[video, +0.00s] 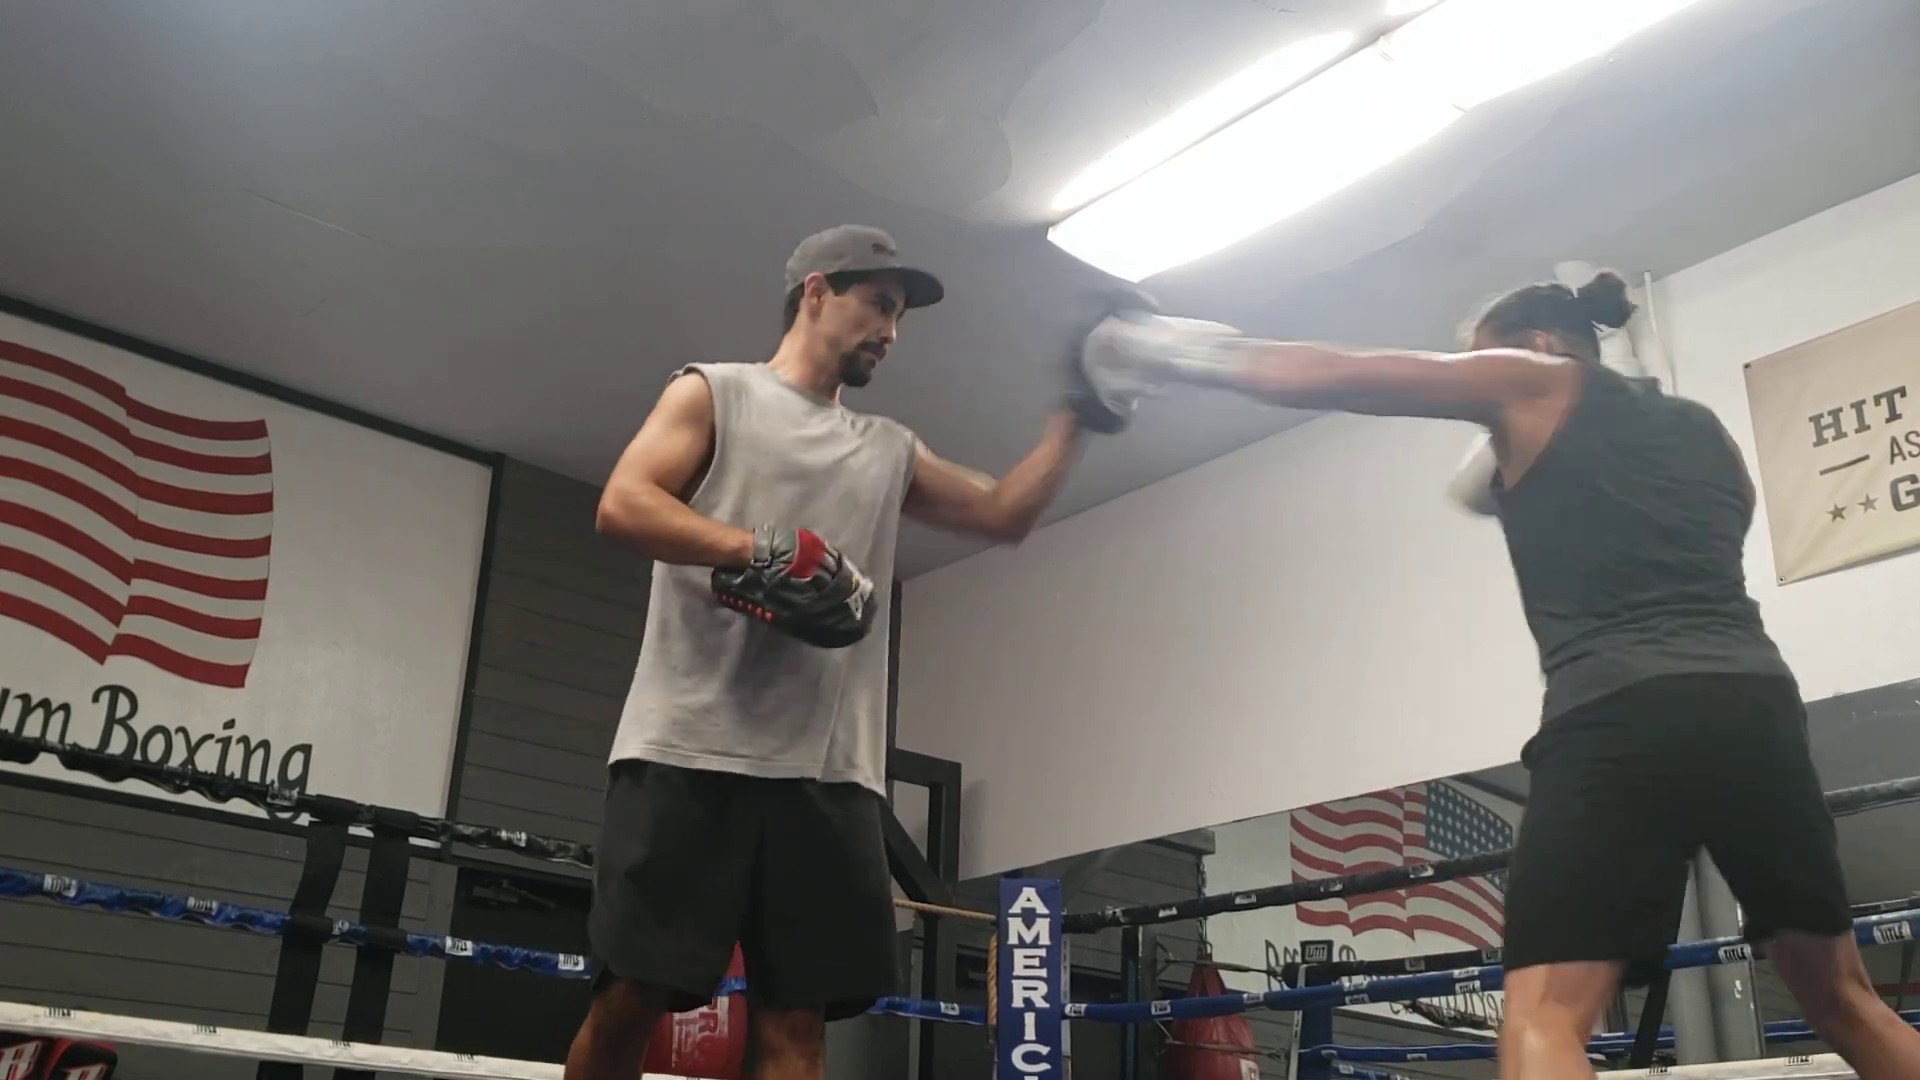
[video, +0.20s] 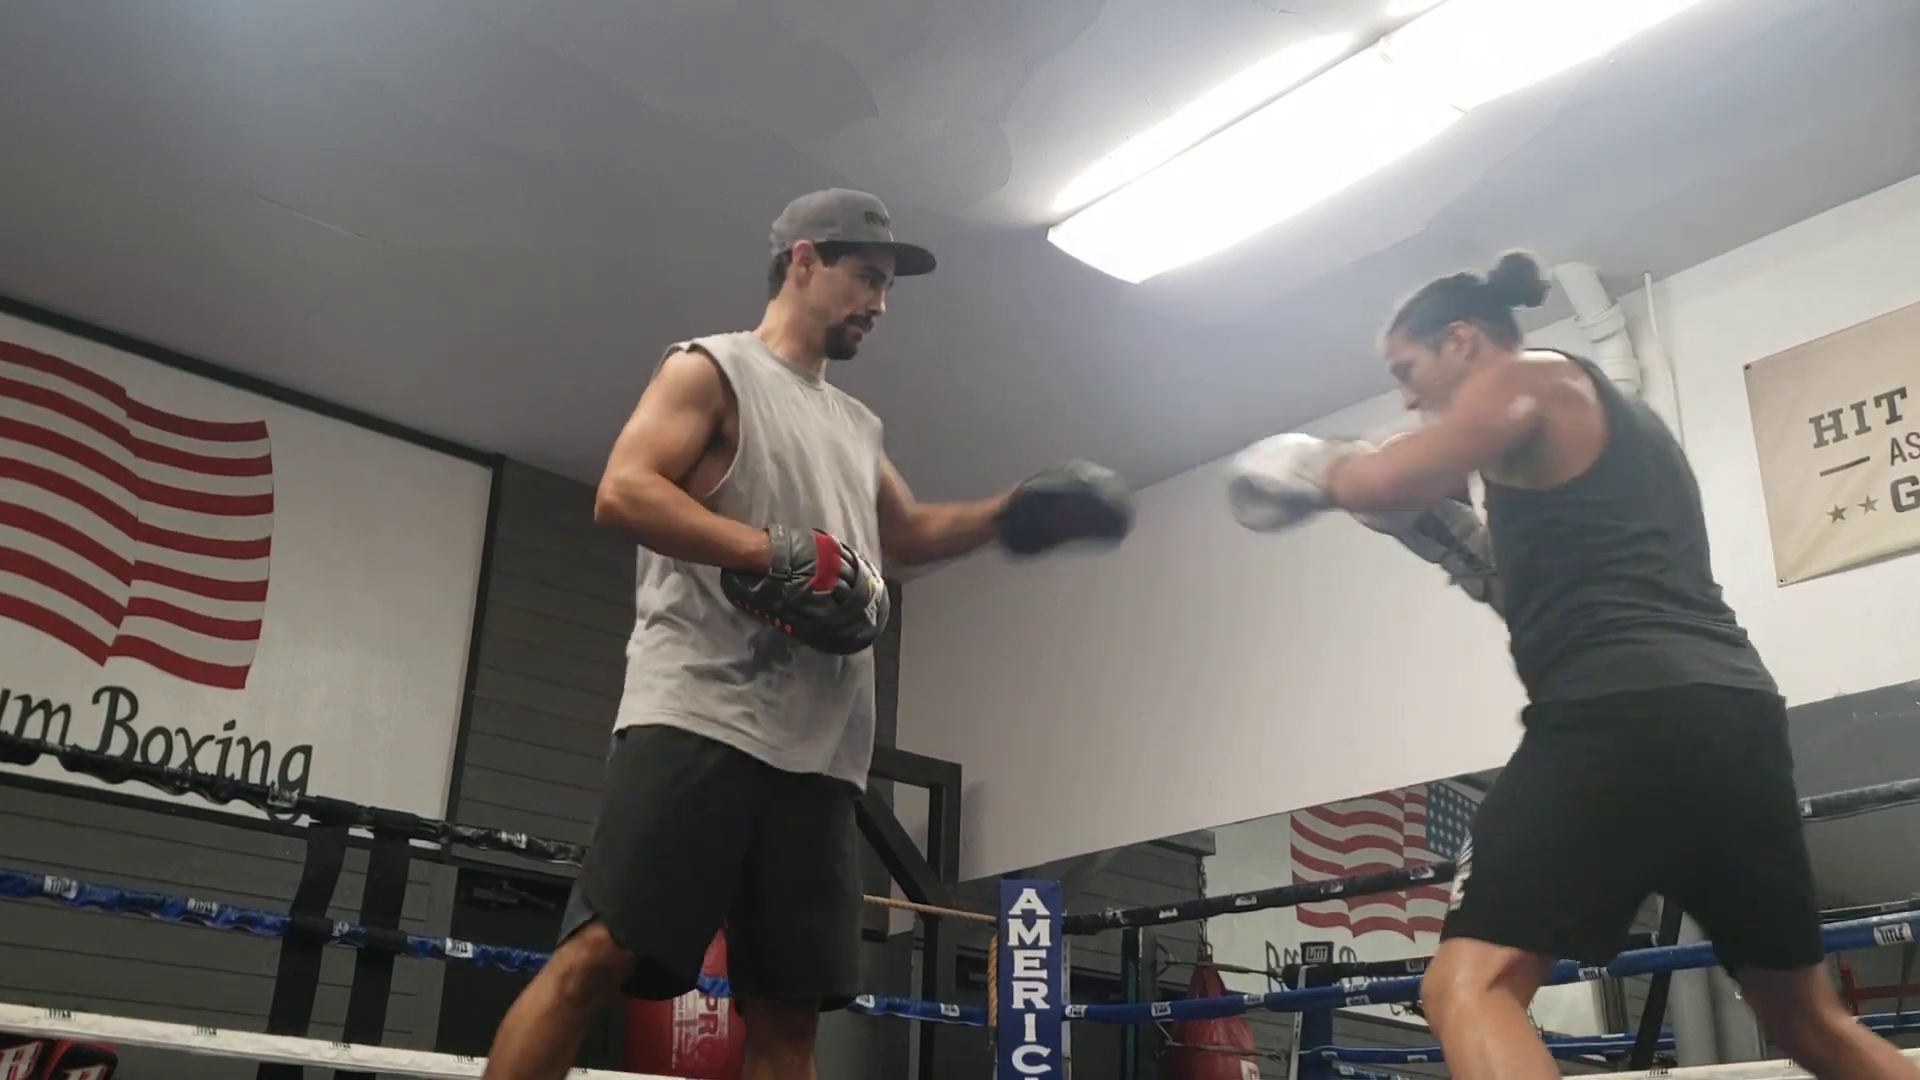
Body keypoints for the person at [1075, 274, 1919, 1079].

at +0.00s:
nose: (1477, 372)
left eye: (1485, 356)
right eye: (1478, 357)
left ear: (1534, 344)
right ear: (1590, 344)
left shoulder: (1533, 377)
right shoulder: (1706, 432)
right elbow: (1644, 507)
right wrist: (1511, 481)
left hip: (1614, 715)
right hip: (1751, 702)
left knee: (1549, 1018)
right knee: (1845, 992)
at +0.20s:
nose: (1410, 401)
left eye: (1411, 376)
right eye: (1402, 385)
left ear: (1463, 340)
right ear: (1474, 341)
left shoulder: (1522, 380)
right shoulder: (1633, 419)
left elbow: (1377, 482)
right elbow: (1558, 598)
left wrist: (1317, 465)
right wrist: (1456, 543)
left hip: (1611, 712)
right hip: (1739, 709)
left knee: (1469, 986)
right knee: (1808, 1017)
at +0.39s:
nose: (1437, 485)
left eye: (1431, 465)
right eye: (1426, 474)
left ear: (1475, 419)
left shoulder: (1571, 424)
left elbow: (1530, 541)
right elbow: (1531, 715)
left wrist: (1417, 497)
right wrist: (1439, 607)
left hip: (1673, 759)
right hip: (1780, 768)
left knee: (1448, 983)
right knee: (1755, 1053)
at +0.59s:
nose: (1557, 435)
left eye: (1551, 417)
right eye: (1545, 426)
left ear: (1582, 390)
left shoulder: (1676, 416)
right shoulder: (1647, 530)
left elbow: (1658, 482)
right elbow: (1574, 665)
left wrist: (1533, 435)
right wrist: (1503, 558)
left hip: (1729, 726)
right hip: (1820, 739)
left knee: (1625, 964)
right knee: (1804, 1038)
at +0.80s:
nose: (1607, 391)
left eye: (1603, 369)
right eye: (1595, 385)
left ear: (1637, 345)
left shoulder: (1720, 377)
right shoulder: (1703, 486)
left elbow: (1660, 439)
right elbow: (1634, 629)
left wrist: (1564, 381)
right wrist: (1557, 522)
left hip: (1790, 692)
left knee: (1773, 972)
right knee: (1808, 984)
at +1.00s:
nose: (1631, 508)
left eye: (1631, 487)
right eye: (1621, 496)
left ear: (1674, 453)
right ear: (1672, 457)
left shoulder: (1755, 481)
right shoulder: (1719, 558)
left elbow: (1695, 568)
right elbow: (1718, 739)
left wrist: (1605, 507)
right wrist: (1638, 646)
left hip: (1816, 790)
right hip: (1778, 802)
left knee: (1892, 1030)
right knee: (1798, 1055)